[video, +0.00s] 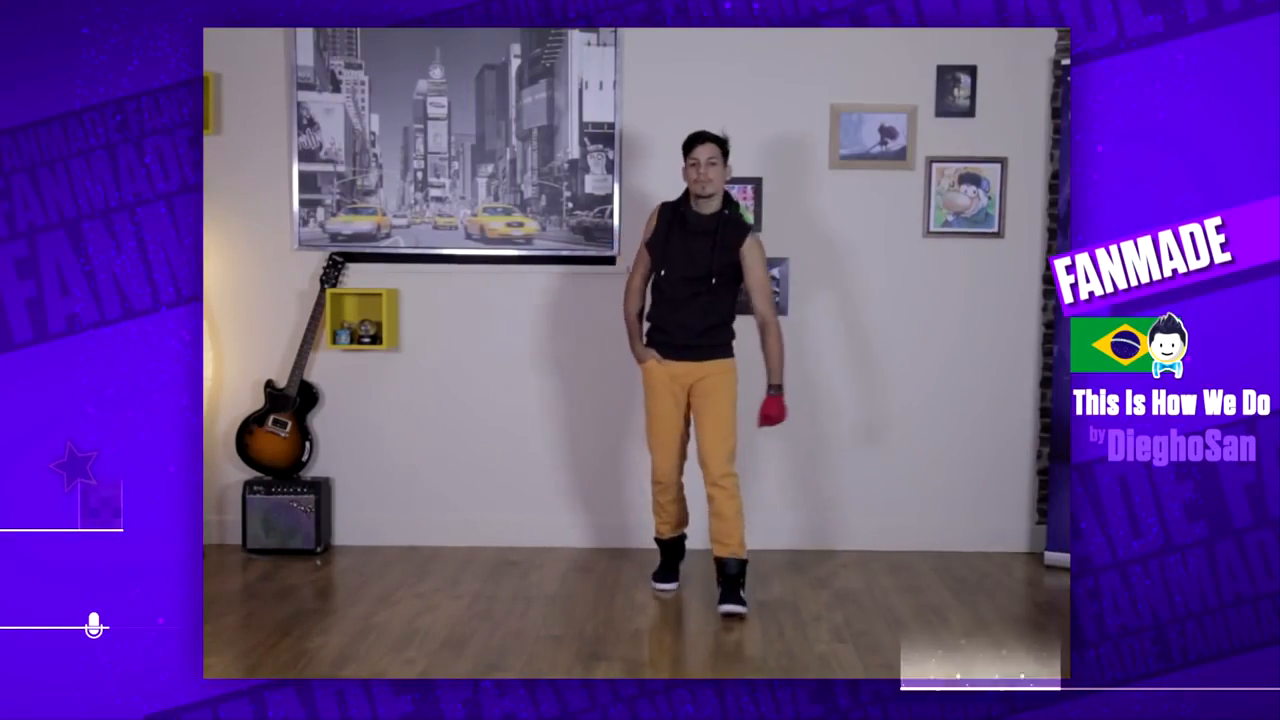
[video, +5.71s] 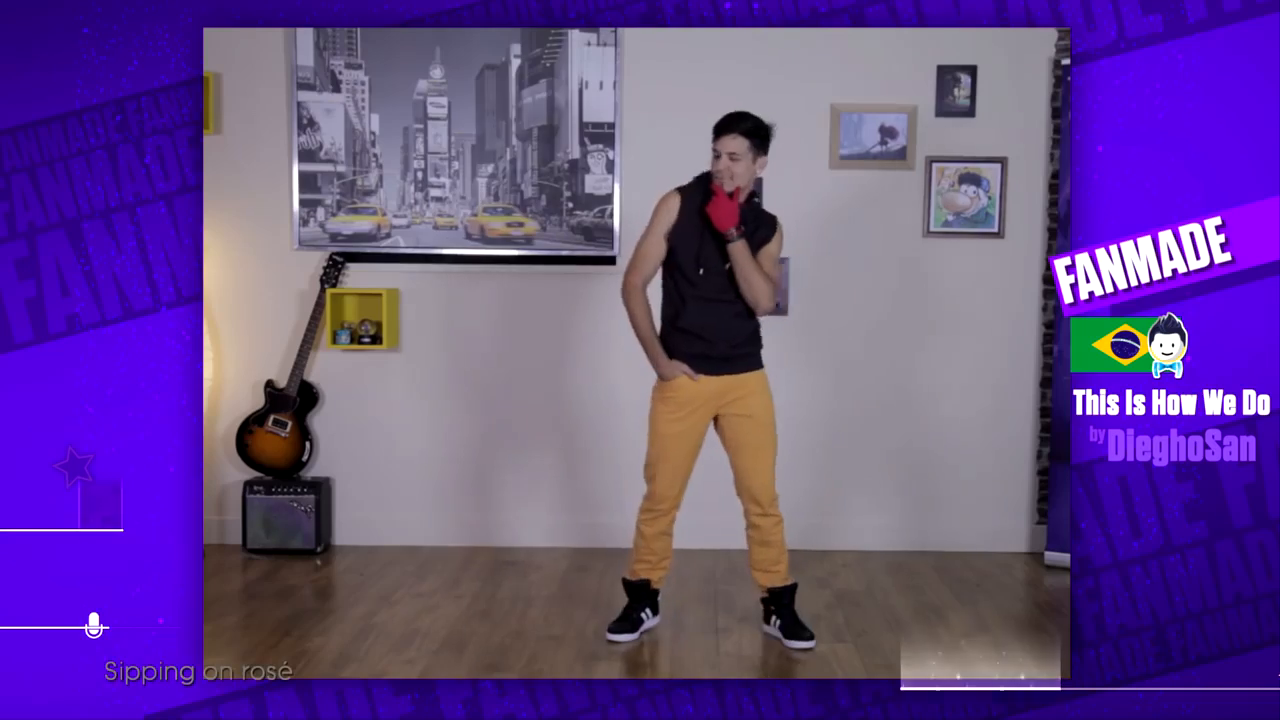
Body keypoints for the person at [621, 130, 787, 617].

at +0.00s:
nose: (703, 172)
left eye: (712, 164)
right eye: (695, 164)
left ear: (726, 171)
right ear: (684, 171)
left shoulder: (741, 237)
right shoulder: (662, 219)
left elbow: (767, 318)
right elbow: (634, 287)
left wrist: (775, 388)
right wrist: (637, 346)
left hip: (716, 366)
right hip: (661, 364)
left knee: (719, 472)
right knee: (664, 471)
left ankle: (731, 579)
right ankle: (669, 555)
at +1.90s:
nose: (707, 153)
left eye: (719, 145)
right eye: (700, 144)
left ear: (736, 155)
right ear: (690, 151)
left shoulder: (753, 226)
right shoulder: (658, 209)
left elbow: (767, 307)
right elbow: (625, 289)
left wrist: (747, 331)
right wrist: (650, 352)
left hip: (736, 376)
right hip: (677, 374)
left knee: (751, 483)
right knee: (661, 488)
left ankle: (737, 579)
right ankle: (643, 597)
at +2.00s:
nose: (696, 153)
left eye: (708, 146)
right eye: (689, 144)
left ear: (724, 157)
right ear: (677, 151)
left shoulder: (746, 219)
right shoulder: (649, 215)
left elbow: (764, 305)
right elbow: (612, 293)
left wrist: (720, 289)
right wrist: (644, 354)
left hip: (735, 376)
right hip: (673, 375)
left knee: (758, 481)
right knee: (660, 489)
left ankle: (750, 576)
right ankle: (644, 598)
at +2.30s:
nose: (725, 166)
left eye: (735, 157)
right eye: (715, 156)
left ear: (745, 157)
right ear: (696, 156)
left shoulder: (757, 202)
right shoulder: (684, 218)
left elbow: (742, 273)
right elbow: (662, 297)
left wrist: (710, 208)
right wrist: (664, 347)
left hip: (752, 378)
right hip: (691, 375)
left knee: (774, 494)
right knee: (665, 492)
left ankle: (800, 604)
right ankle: (653, 600)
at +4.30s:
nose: (719, 168)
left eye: (731, 160)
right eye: (715, 157)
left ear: (760, 164)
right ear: (710, 157)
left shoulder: (773, 225)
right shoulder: (684, 205)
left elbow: (775, 299)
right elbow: (641, 285)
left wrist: (733, 236)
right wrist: (663, 354)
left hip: (753, 378)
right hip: (690, 376)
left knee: (769, 491)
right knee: (663, 493)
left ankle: (789, 603)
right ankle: (644, 599)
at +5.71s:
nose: (722, 166)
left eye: (735, 158)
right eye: (717, 155)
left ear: (761, 165)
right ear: (709, 156)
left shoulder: (767, 229)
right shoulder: (678, 206)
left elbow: (764, 302)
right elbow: (633, 285)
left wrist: (733, 236)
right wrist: (660, 361)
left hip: (745, 383)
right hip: (682, 381)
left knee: (762, 497)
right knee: (661, 496)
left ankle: (778, 604)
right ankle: (642, 600)